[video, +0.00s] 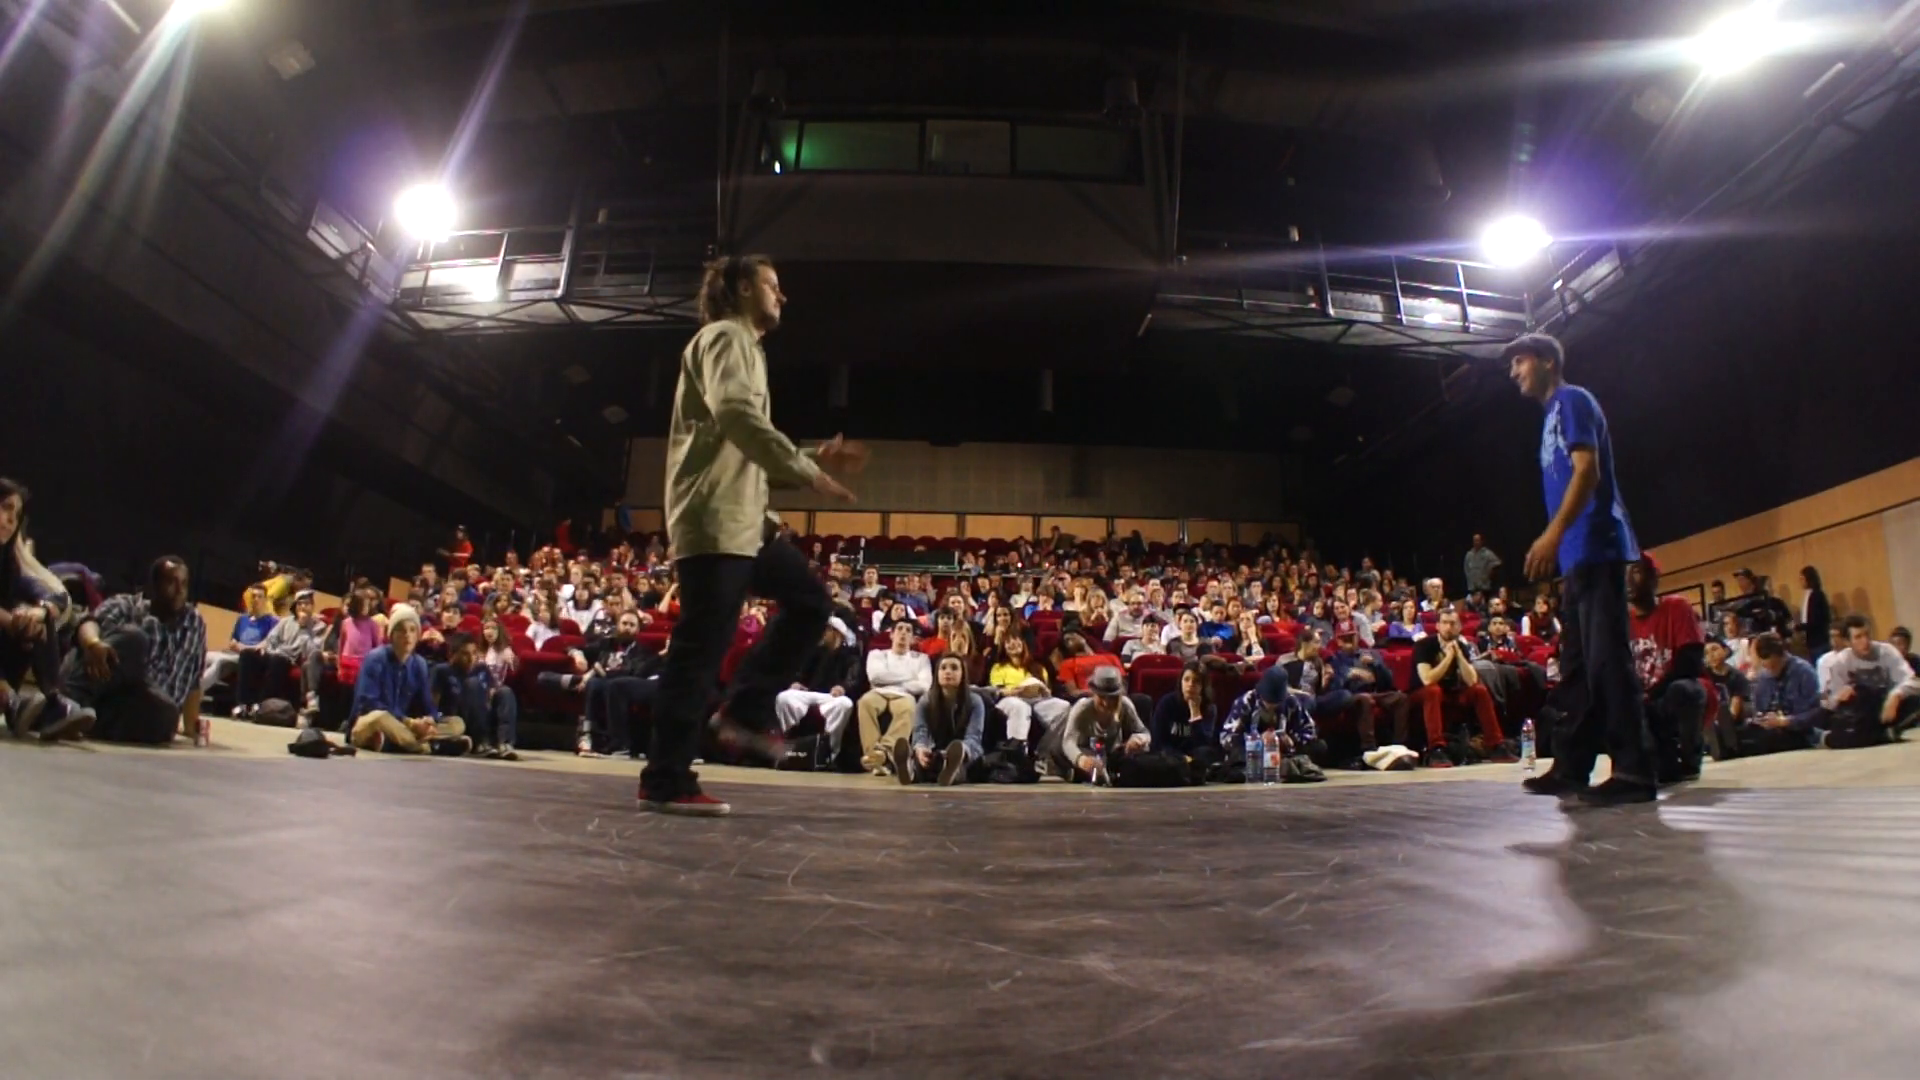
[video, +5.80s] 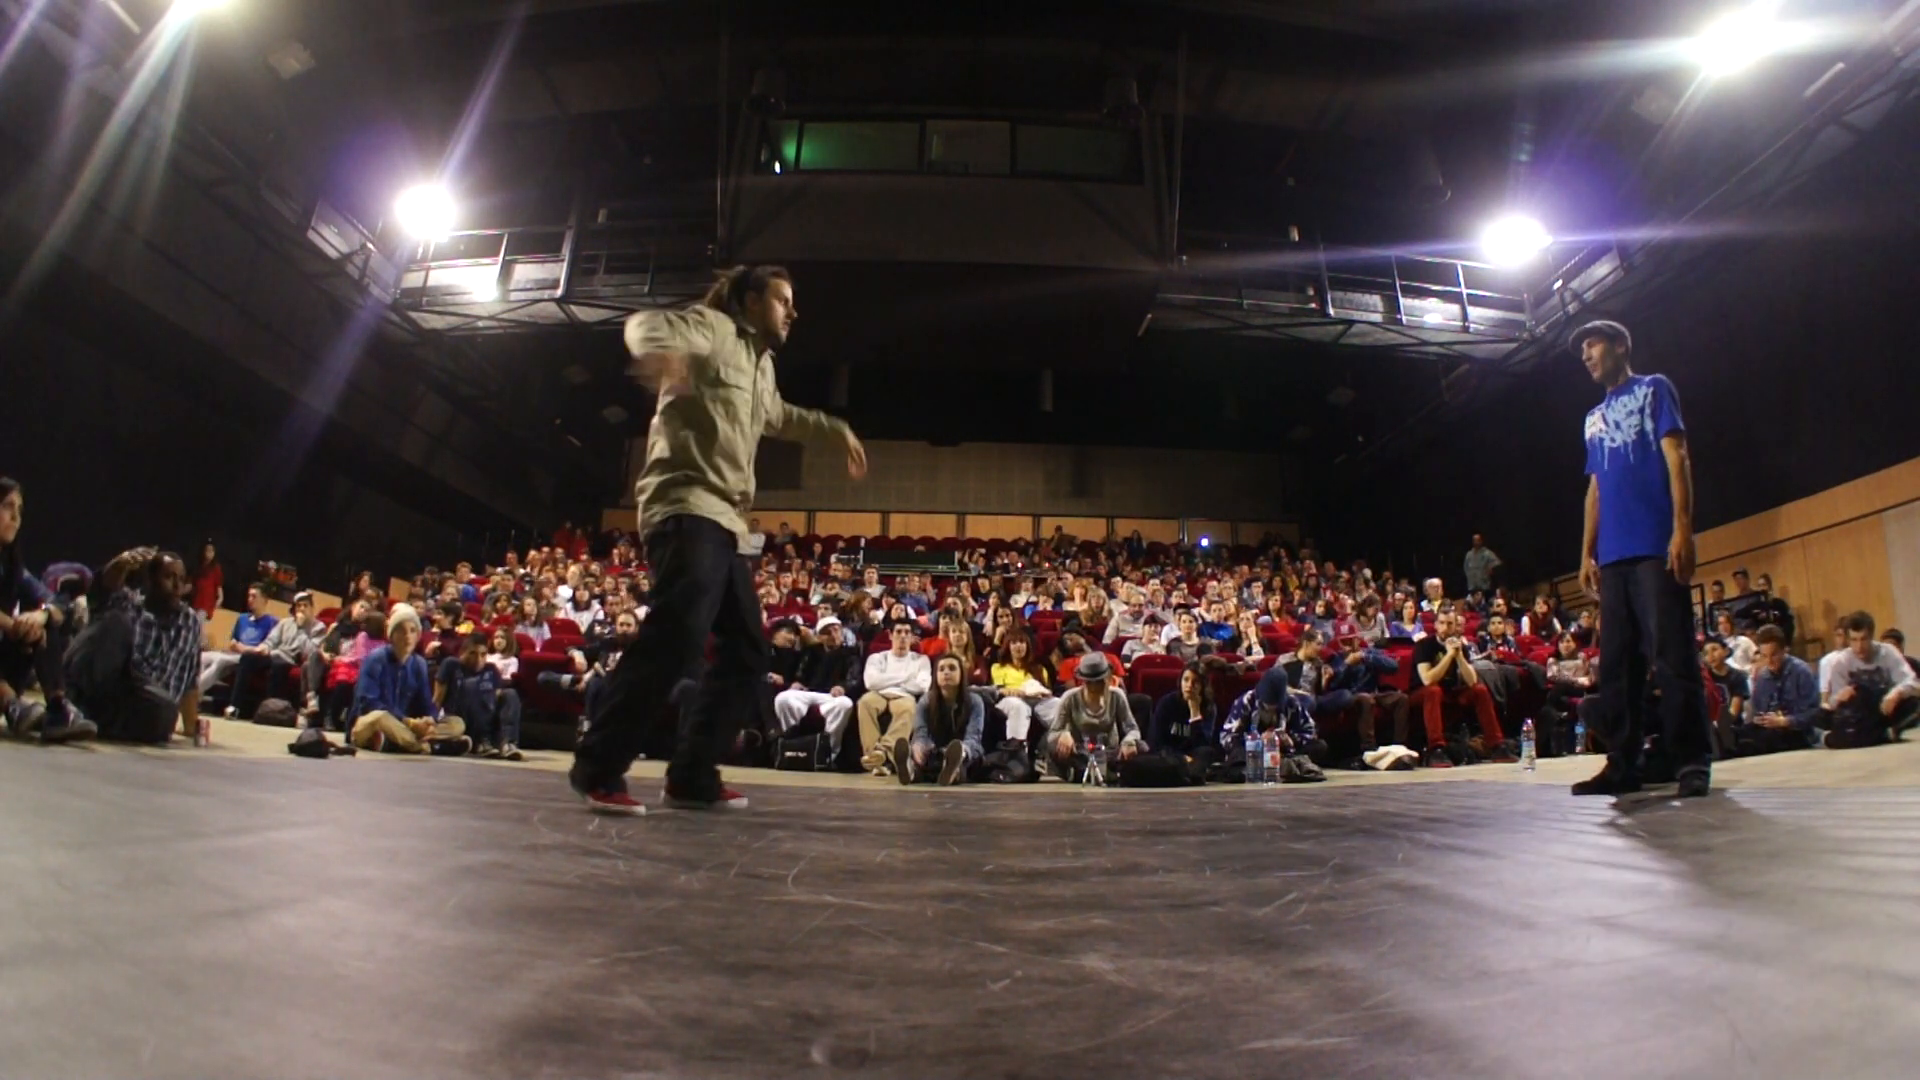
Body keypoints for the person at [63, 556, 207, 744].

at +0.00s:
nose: (179, 590)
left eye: (184, 584)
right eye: (172, 582)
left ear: (188, 588)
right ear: (156, 584)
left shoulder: (194, 624)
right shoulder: (128, 605)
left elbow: (193, 683)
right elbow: (89, 622)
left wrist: (191, 731)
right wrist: (92, 643)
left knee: (162, 720)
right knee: (133, 638)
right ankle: (69, 701)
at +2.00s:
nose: (179, 586)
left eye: (183, 580)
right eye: (171, 578)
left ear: (187, 584)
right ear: (152, 580)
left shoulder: (192, 624)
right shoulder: (124, 602)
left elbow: (191, 684)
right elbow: (79, 615)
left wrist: (191, 730)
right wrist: (77, 634)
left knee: (159, 722)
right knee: (116, 623)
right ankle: (68, 707)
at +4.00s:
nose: (178, 589)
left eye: (183, 583)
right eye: (170, 581)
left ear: (186, 586)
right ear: (152, 582)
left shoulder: (191, 624)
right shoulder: (123, 603)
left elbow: (190, 684)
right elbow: (78, 617)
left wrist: (191, 730)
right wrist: (77, 635)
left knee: (161, 717)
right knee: (117, 624)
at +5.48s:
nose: (178, 589)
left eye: (182, 582)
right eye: (171, 580)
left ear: (185, 585)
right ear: (152, 581)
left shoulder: (191, 622)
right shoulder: (131, 603)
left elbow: (191, 684)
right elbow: (92, 599)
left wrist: (191, 731)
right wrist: (94, 609)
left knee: (159, 721)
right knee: (117, 623)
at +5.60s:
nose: (176, 586)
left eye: (181, 580)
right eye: (170, 578)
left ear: (185, 584)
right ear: (152, 580)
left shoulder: (191, 621)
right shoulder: (131, 610)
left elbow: (190, 678)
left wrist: (191, 727)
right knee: (116, 622)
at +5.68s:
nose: (176, 585)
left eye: (181, 579)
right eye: (169, 577)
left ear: (185, 585)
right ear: (152, 579)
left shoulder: (191, 621)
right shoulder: (132, 609)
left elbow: (190, 678)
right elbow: (133, 666)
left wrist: (191, 727)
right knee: (116, 626)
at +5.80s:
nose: (176, 585)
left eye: (180, 580)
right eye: (168, 577)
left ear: (185, 585)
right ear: (152, 579)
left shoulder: (190, 621)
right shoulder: (131, 606)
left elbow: (190, 683)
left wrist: (191, 730)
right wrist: (121, 565)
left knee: (161, 718)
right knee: (117, 622)